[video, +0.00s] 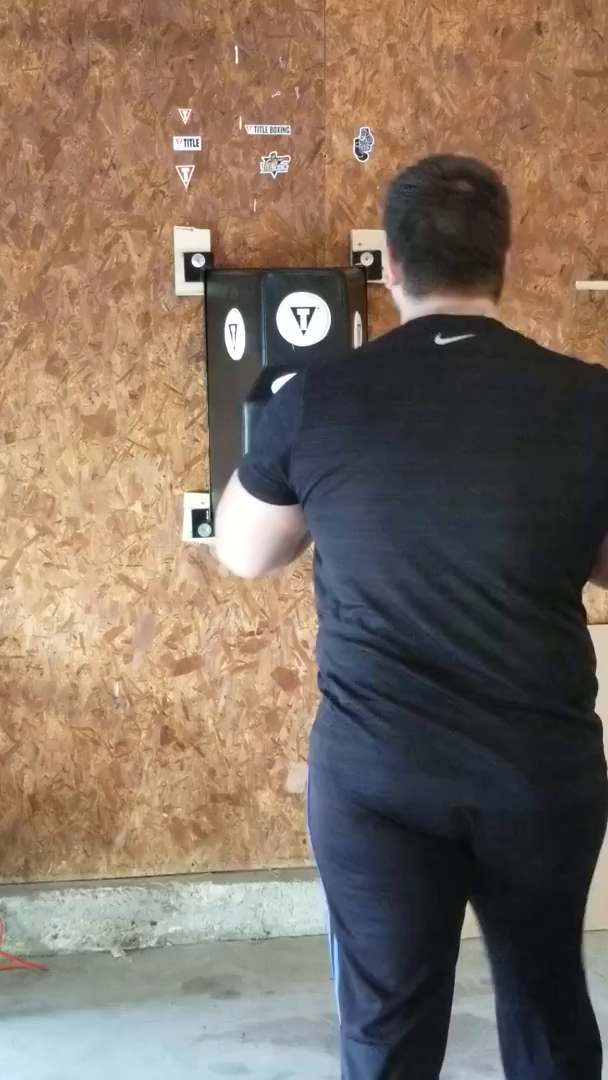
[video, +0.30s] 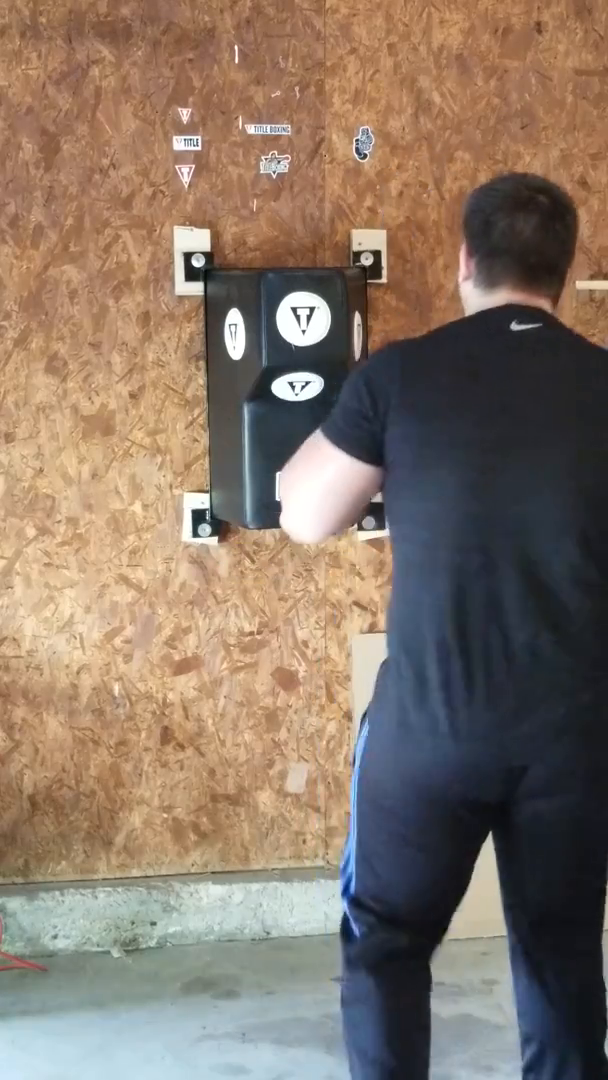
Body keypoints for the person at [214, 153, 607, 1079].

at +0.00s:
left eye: (383, 253)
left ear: (388, 266)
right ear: (506, 258)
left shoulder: (320, 396)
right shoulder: (588, 395)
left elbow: (247, 552)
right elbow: (598, 572)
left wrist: (350, 478)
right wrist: (533, 522)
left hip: (377, 769)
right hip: (544, 768)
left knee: (384, 1030)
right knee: (550, 1005)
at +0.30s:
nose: (456, 265)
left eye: (457, 253)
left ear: (462, 260)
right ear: (568, 269)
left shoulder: (400, 374)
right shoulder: (603, 378)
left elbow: (307, 513)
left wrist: (409, 483)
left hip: (432, 728)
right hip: (577, 732)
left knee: (385, 942)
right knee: (563, 947)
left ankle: (387, 1076)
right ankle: (567, 1076)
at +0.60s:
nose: (459, 270)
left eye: (462, 258)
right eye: (463, 259)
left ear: (473, 264)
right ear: (566, 274)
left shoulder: (426, 369)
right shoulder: (601, 366)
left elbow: (352, 511)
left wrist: (349, 449)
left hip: (449, 676)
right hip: (580, 681)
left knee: (417, 870)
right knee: (568, 904)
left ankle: (378, 1040)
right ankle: (575, 1065)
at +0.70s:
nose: (463, 265)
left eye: (466, 253)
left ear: (473, 260)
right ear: (563, 278)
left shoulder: (403, 346)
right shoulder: (596, 370)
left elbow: (292, 445)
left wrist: (290, 392)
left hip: (425, 661)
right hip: (556, 666)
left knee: (409, 858)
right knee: (565, 887)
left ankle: (382, 1044)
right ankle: (576, 1065)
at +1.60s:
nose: (388, 317)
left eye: (392, 306)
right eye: (394, 309)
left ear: (406, 307)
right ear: (481, 315)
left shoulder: (362, 365)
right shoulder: (547, 403)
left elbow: (250, 442)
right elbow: (546, 539)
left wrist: (309, 386)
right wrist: (479, 525)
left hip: (363, 648)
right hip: (483, 660)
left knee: (313, 825)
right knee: (520, 837)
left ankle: (273, 1013)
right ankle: (571, 1029)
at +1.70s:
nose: (328, 327)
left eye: (325, 315)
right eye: (325, 317)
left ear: (343, 309)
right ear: (417, 299)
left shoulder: (347, 366)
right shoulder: (499, 382)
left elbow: (249, 464)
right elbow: (477, 483)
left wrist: (284, 386)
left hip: (368, 641)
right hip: (478, 646)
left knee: (304, 828)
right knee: (491, 823)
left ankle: (272, 1014)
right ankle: (562, 1010)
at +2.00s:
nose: (232, 372)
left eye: (226, 357)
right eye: (229, 359)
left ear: (237, 347)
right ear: (306, 310)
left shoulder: (283, 398)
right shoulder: (401, 359)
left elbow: (256, 544)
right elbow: (365, 480)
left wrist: (201, 498)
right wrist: (255, 455)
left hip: (353, 638)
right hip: (464, 625)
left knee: (296, 829)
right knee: (487, 818)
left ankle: (274, 1013)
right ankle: (558, 1009)